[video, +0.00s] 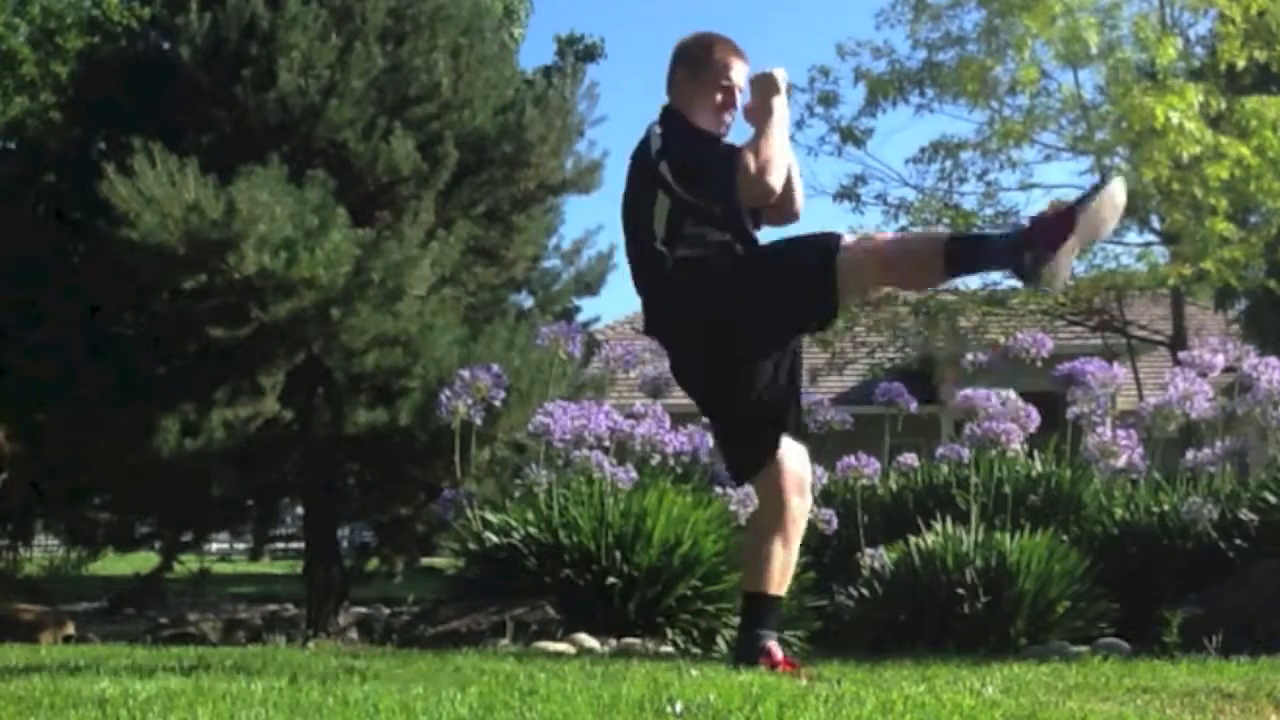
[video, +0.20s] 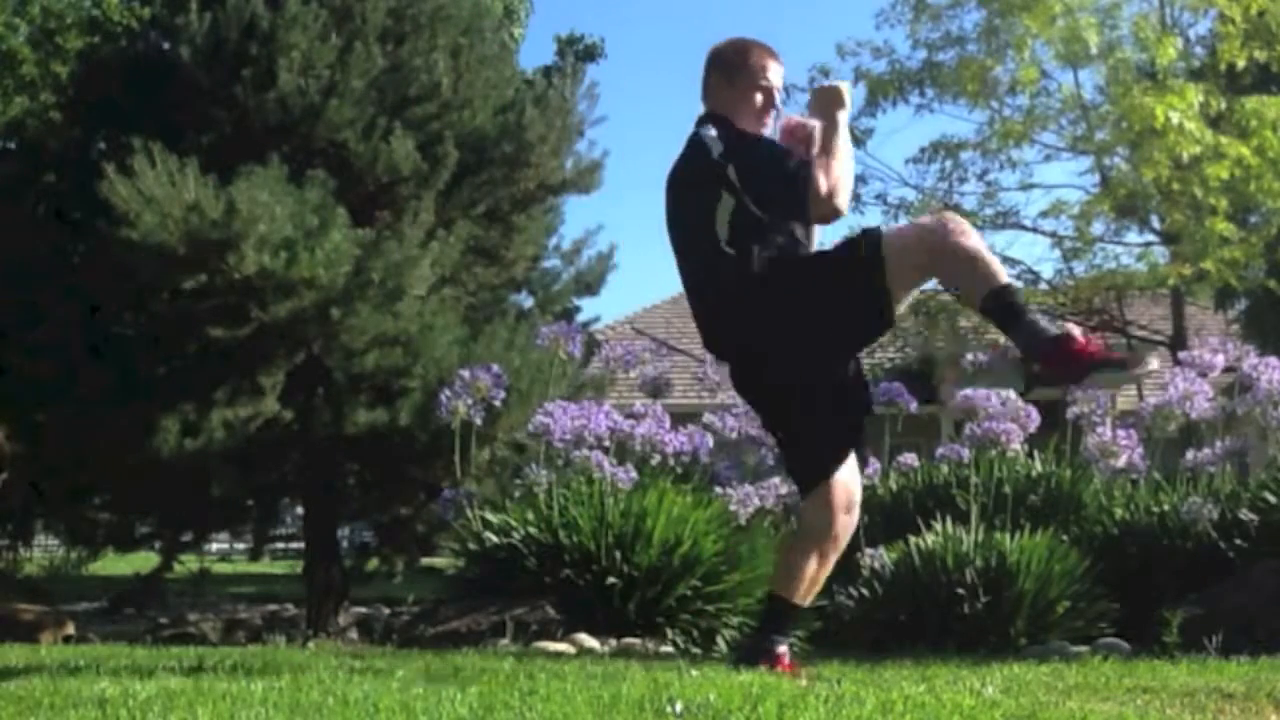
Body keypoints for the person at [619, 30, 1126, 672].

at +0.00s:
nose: (735, 101)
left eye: (738, 91)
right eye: (728, 87)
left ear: (718, 95)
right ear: (695, 83)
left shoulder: (702, 156)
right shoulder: (672, 143)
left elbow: (784, 210)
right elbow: (760, 179)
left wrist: (773, 127)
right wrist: (773, 109)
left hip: (706, 340)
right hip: (720, 299)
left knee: (787, 486)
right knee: (874, 259)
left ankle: (756, 644)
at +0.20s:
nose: (777, 102)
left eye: (777, 92)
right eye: (769, 89)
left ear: (720, 92)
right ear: (734, 88)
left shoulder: (711, 158)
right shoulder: (729, 146)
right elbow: (828, 200)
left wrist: (805, 148)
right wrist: (835, 121)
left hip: (769, 352)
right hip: (790, 312)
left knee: (833, 512)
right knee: (943, 237)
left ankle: (765, 644)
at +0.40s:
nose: (813, 90)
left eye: (816, 79)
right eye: (800, 76)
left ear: (758, 90)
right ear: (756, 80)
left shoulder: (728, 168)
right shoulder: (795, 138)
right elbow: (890, 184)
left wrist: (837, 139)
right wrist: (883, 112)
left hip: (798, 351)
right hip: (855, 326)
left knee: (849, 519)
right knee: (967, 445)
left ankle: (767, 645)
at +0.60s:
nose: (899, 69)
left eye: (901, 57)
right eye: (886, 56)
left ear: (852, 63)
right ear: (839, 56)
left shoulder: (829, 123)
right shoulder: (845, 125)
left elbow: (906, 200)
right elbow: (940, 194)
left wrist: (914, 134)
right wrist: (950, 119)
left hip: (855, 334)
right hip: (887, 328)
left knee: (878, 513)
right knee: (954, 489)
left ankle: (772, 644)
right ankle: (980, 663)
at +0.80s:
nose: (940, 56)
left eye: (946, 44)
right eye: (924, 41)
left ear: (947, 49)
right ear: (879, 42)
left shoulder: (868, 111)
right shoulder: (883, 112)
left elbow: (954, 200)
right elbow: (958, 188)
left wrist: (964, 118)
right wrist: (984, 113)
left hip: (872, 324)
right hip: (911, 319)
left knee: (905, 504)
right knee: (986, 484)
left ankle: (786, 633)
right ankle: (985, 665)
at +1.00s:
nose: (928, 57)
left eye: (933, 47)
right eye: (914, 42)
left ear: (935, 53)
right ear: (868, 42)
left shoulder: (846, 119)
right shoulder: (879, 117)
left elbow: (927, 199)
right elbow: (970, 189)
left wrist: (949, 133)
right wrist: (991, 111)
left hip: (873, 331)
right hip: (915, 323)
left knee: (941, 501)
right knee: (1002, 487)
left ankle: (815, 614)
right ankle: (987, 663)